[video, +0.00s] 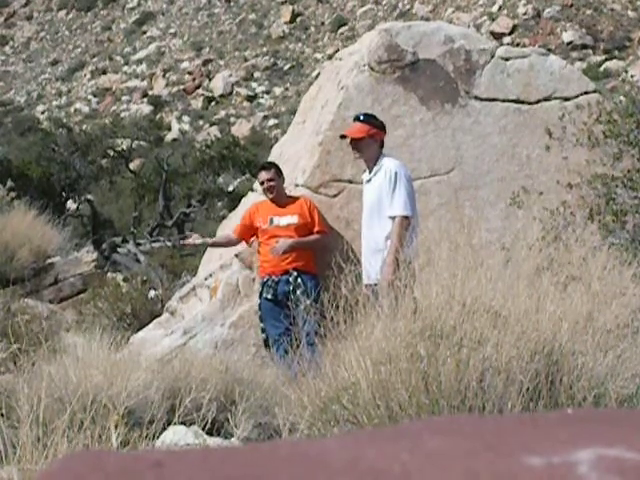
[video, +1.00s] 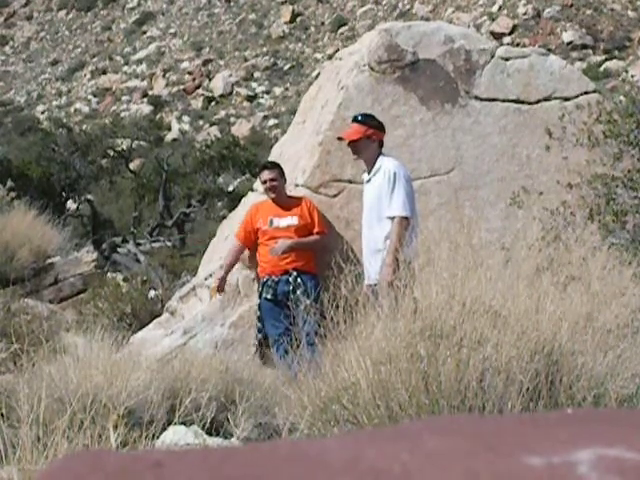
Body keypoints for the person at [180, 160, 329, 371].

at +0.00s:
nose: (267, 185)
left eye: (271, 180)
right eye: (263, 182)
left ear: (282, 180)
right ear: (260, 186)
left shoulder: (304, 204)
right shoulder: (257, 210)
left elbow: (323, 236)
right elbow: (234, 238)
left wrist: (293, 243)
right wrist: (205, 241)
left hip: (302, 277)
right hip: (271, 280)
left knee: (310, 333)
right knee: (278, 339)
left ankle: (316, 380)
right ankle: (292, 385)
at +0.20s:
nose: (268, 185)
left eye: (272, 180)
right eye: (263, 182)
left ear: (282, 180)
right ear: (260, 186)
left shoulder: (304, 205)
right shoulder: (256, 210)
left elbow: (323, 237)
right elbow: (232, 235)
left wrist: (293, 243)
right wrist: (200, 234)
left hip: (302, 277)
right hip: (271, 281)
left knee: (309, 333)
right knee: (278, 339)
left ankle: (316, 380)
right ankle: (292, 385)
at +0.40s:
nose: (268, 185)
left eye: (271, 180)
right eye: (263, 182)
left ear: (282, 180)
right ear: (260, 186)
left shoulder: (304, 204)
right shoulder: (257, 210)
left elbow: (323, 236)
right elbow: (234, 237)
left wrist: (293, 243)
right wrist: (205, 239)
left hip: (302, 277)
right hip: (270, 280)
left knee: (310, 334)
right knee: (278, 339)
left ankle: (316, 381)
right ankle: (292, 386)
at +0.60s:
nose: (269, 186)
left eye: (272, 180)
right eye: (264, 183)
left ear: (282, 180)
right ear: (260, 186)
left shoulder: (304, 205)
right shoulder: (256, 211)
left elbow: (322, 236)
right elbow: (236, 241)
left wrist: (293, 243)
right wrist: (209, 246)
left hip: (302, 277)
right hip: (270, 280)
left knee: (310, 333)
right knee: (279, 339)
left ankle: (315, 379)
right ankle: (291, 384)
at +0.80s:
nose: (269, 186)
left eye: (272, 180)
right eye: (264, 182)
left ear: (283, 180)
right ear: (261, 186)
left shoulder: (304, 205)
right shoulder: (256, 211)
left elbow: (324, 237)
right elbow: (240, 242)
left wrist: (293, 243)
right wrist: (218, 256)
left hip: (303, 277)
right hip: (271, 281)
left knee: (309, 333)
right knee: (278, 338)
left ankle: (315, 379)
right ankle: (291, 382)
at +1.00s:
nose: (270, 185)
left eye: (274, 180)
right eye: (265, 182)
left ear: (284, 180)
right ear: (261, 186)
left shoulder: (304, 205)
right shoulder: (256, 211)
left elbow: (323, 237)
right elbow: (239, 244)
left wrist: (293, 243)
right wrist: (223, 273)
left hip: (303, 277)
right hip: (271, 280)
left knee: (310, 332)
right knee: (279, 338)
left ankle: (315, 379)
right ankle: (290, 382)